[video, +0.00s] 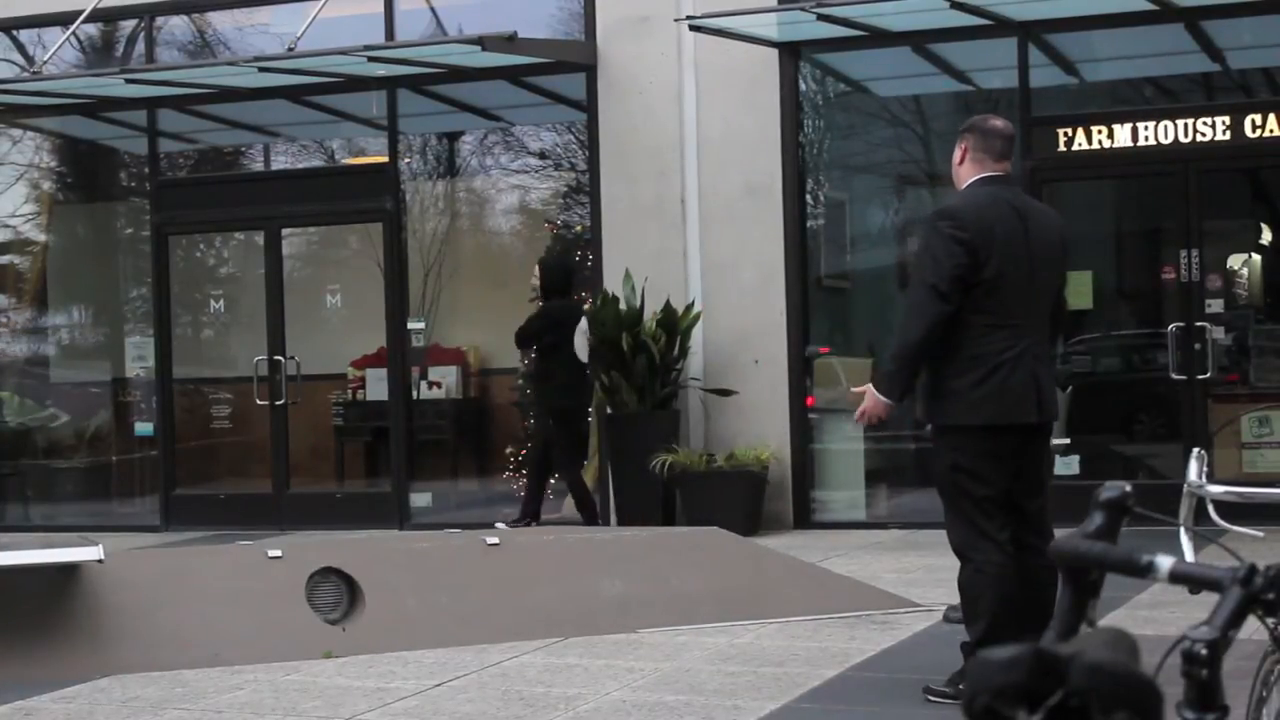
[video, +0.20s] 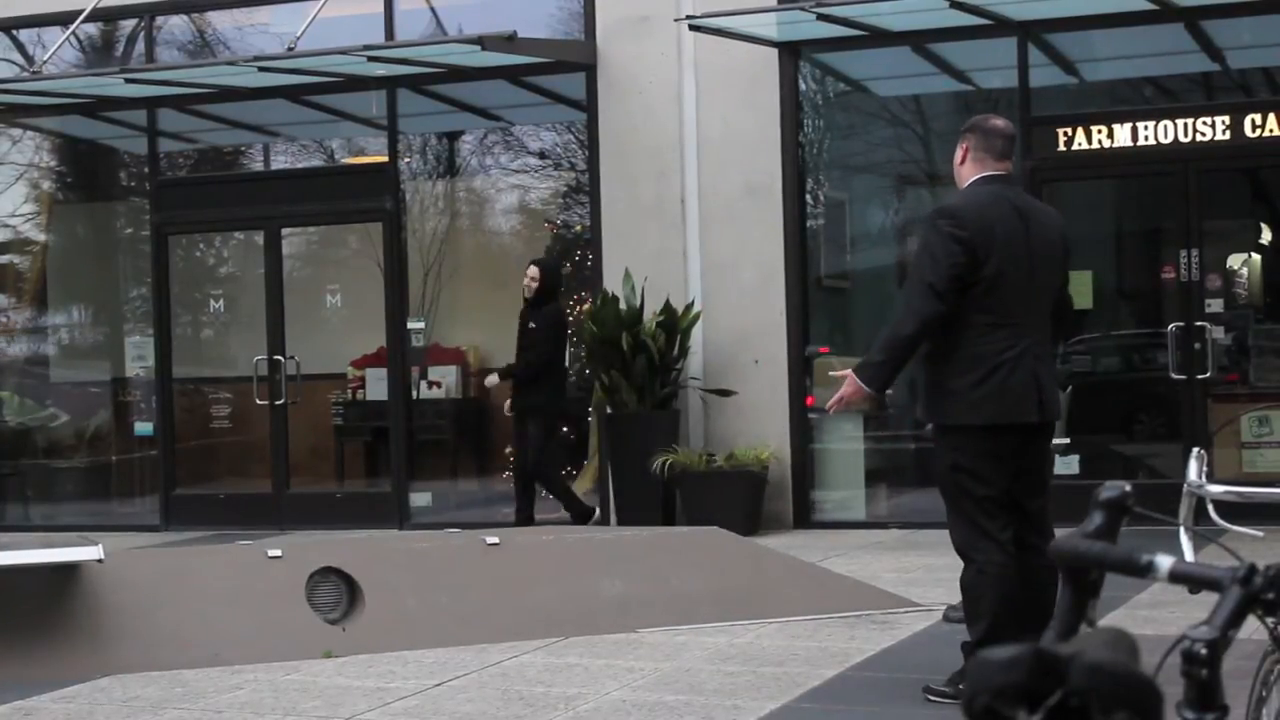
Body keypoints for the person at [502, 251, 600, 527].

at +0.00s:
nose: (535, 282)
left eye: (538, 277)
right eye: (536, 276)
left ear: (549, 281)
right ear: (566, 280)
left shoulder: (550, 312)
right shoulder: (575, 311)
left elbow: (522, 338)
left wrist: (538, 316)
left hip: (555, 396)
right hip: (572, 392)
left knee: (564, 461)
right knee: (541, 457)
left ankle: (593, 520)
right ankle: (529, 514)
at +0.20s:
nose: (527, 283)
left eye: (533, 280)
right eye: (527, 278)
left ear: (547, 283)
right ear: (526, 279)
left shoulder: (551, 313)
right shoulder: (530, 310)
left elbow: (539, 359)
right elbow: (529, 360)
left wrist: (504, 374)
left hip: (545, 396)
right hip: (527, 395)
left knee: (537, 463)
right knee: (523, 464)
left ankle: (582, 512)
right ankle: (523, 523)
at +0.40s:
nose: (530, 282)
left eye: (536, 279)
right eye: (526, 277)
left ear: (543, 285)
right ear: (518, 279)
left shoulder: (551, 315)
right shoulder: (500, 312)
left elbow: (560, 356)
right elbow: (489, 355)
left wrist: (560, 393)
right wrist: (489, 394)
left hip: (542, 397)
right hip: (511, 397)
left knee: (538, 457)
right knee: (519, 461)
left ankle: (544, 515)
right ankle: (522, 519)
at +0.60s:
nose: (534, 288)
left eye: (540, 284)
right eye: (529, 282)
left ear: (545, 289)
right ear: (519, 283)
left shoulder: (551, 318)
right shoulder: (496, 315)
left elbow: (575, 353)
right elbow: (483, 359)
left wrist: (590, 383)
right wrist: (481, 399)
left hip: (541, 402)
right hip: (506, 403)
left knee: (538, 466)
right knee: (507, 468)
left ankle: (535, 527)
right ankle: (516, 525)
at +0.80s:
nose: (541, 284)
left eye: (547, 281)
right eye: (537, 278)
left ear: (551, 284)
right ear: (526, 276)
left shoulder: (552, 313)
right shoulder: (499, 308)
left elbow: (569, 357)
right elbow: (486, 353)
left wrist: (576, 398)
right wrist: (486, 393)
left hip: (541, 397)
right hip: (505, 398)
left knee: (540, 465)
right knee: (504, 462)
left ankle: (535, 526)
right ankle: (499, 517)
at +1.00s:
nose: (546, 285)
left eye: (552, 281)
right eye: (543, 278)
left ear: (555, 284)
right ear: (531, 275)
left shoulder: (553, 313)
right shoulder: (501, 302)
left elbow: (560, 363)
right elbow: (482, 346)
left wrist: (560, 405)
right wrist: (476, 388)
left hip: (538, 395)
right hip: (502, 391)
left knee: (536, 458)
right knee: (518, 446)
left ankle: (533, 523)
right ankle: (516, 515)